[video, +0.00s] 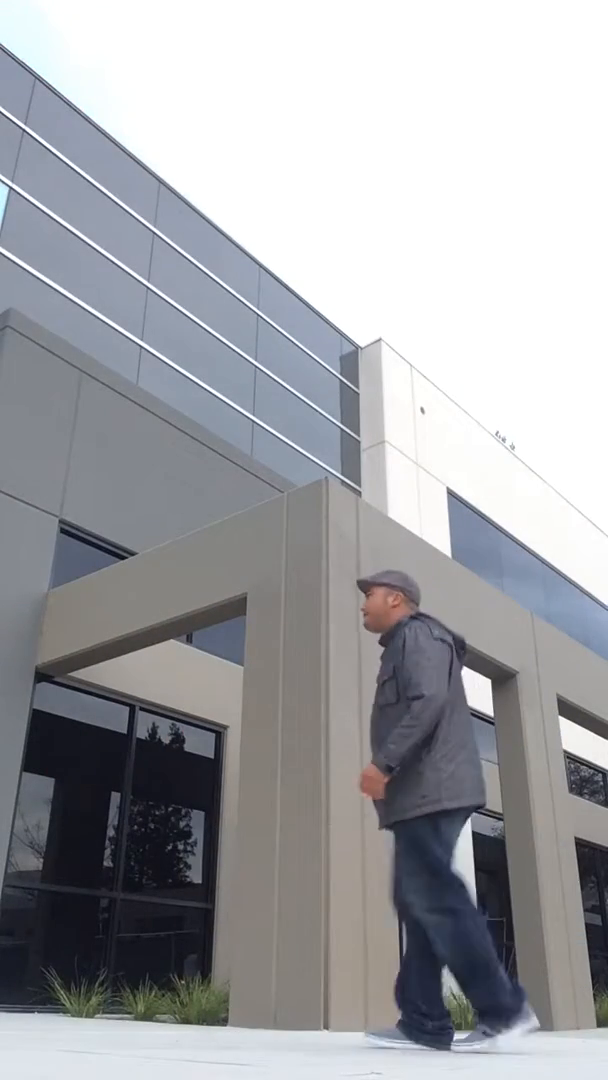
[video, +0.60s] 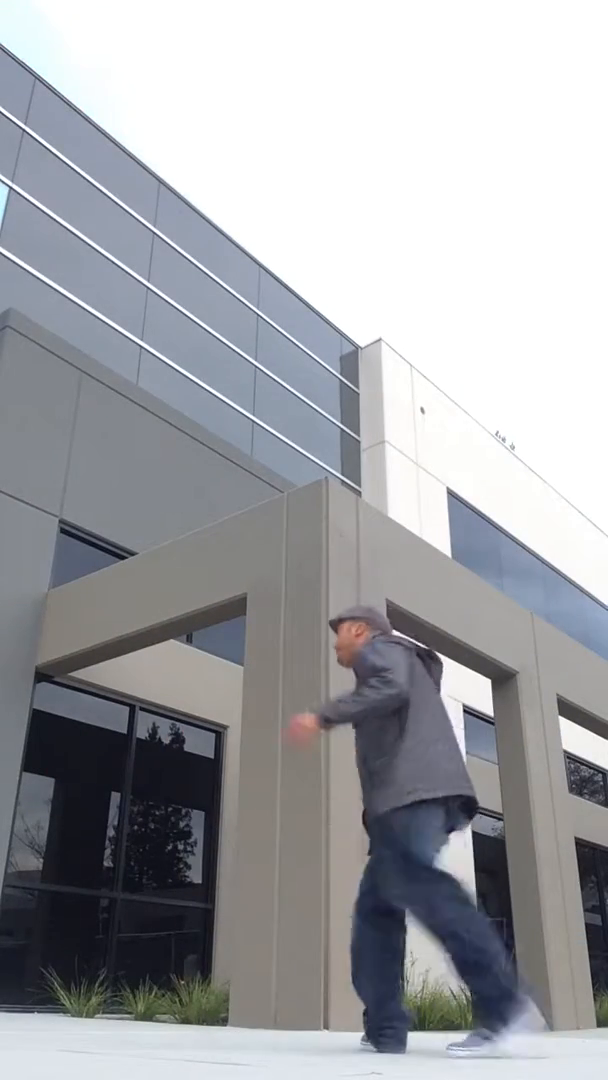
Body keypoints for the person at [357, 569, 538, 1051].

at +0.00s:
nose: (362, 605)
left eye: (368, 595)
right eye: (364, 597)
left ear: (396, 599)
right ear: (396, 600)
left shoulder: (417, 633)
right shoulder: (408, 641)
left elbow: (429, 701)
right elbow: (428, 712)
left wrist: (383, 764)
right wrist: (387, 771)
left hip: (435, 787)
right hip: (423, 789)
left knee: (431, 897)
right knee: (415, 900)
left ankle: (506, 1011)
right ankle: (424, 1024)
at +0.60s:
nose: (335, 645)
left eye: (338, 634)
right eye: (335, 636)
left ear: (360, 629)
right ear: (366, 630)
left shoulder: (380, 647)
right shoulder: (402, 663)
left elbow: (392, 686)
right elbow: (401, 745)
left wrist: (322, 716)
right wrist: (378, 804)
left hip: (414, 791)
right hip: (409, 800)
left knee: (409, 881)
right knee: (375, 909)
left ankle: (508, 1007)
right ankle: (384, 1032)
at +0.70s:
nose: (342, 638)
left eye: (344, 631)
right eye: (343, 632)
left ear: (358, 627)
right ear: (382, 630)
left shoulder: (365, 646)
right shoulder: (420, 664)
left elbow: (345, 679)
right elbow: (445, 733)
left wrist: (274, 705)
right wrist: (455, 800)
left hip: (395, 779)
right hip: (446, 786)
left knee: (355, 875)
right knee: (401, 909)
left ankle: (420, 934)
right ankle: (387, 1030)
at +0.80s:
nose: (352, 634)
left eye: (353, 628)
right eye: (357, 627)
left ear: (359, 629)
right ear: (397, 629)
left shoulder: (349, 653)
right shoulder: (435, 666)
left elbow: (305, 683)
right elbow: (466, 725)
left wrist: (257, 704)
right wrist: (473, 791)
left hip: (370, 777)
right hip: (434, 780)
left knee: (356, 876)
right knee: (415, 900)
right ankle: (389, 1024)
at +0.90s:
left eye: (378, 619)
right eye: (396, 620)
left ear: (365, 625)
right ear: (405, 626)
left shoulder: (339, 657)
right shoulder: (432, 658)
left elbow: (295, 696)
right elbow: (471, 715)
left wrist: (272, 714)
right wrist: (482, 778)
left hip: (357, 775)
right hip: (418, 773)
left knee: (368, 890)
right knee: (409, 888)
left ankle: (358, 999)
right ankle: (389, 1018)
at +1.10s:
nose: (425, 647)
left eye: (424, 639)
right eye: (421, 639)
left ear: (388, 643)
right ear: (403, 641)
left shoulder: (356, 680)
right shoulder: (404, 679)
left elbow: (345, 743)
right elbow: (426, 735)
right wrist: (471, 792)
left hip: (352, 811)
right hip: (386, 811)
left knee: (397, 913)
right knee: (402, 911)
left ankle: (404, 1020)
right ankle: (319, 987)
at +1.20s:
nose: (419, 643)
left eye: (418, 635)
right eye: (413, 635)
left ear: (390, 642)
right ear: (388, 640)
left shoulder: (385, 684)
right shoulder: (369, 682)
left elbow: (396, 739)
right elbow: (380, 749)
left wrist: (440, 732)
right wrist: (407, 810)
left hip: (388, 819)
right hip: (367, 818)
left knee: (409, 912)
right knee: (392, 907)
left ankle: (402, 1021)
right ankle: (308, 990)